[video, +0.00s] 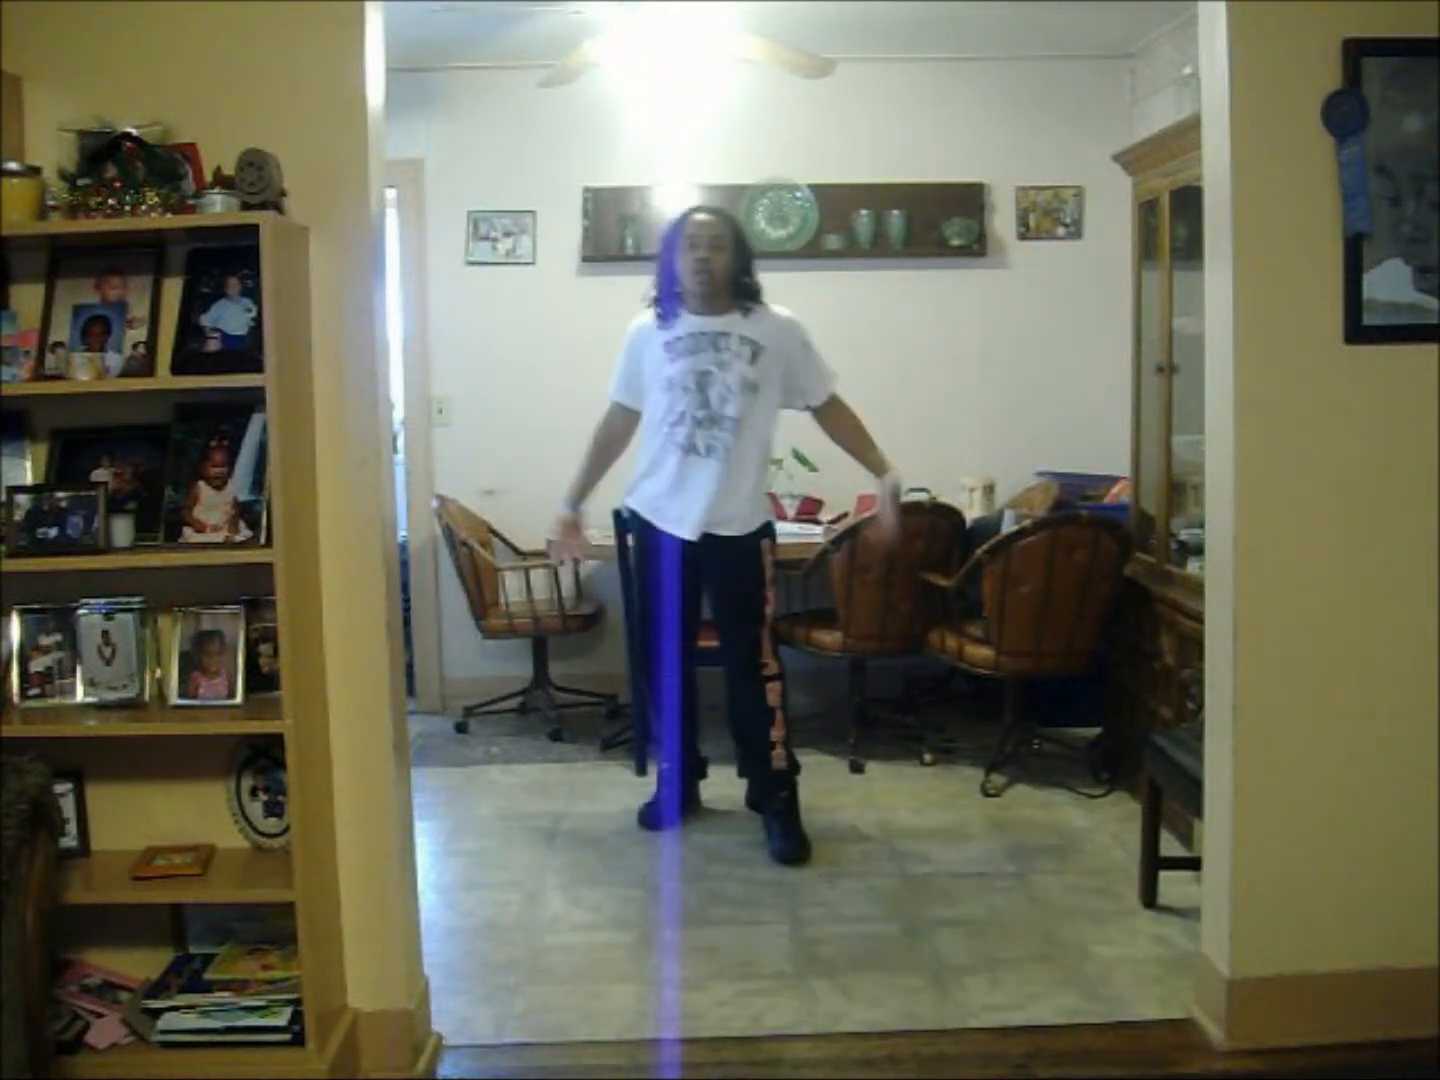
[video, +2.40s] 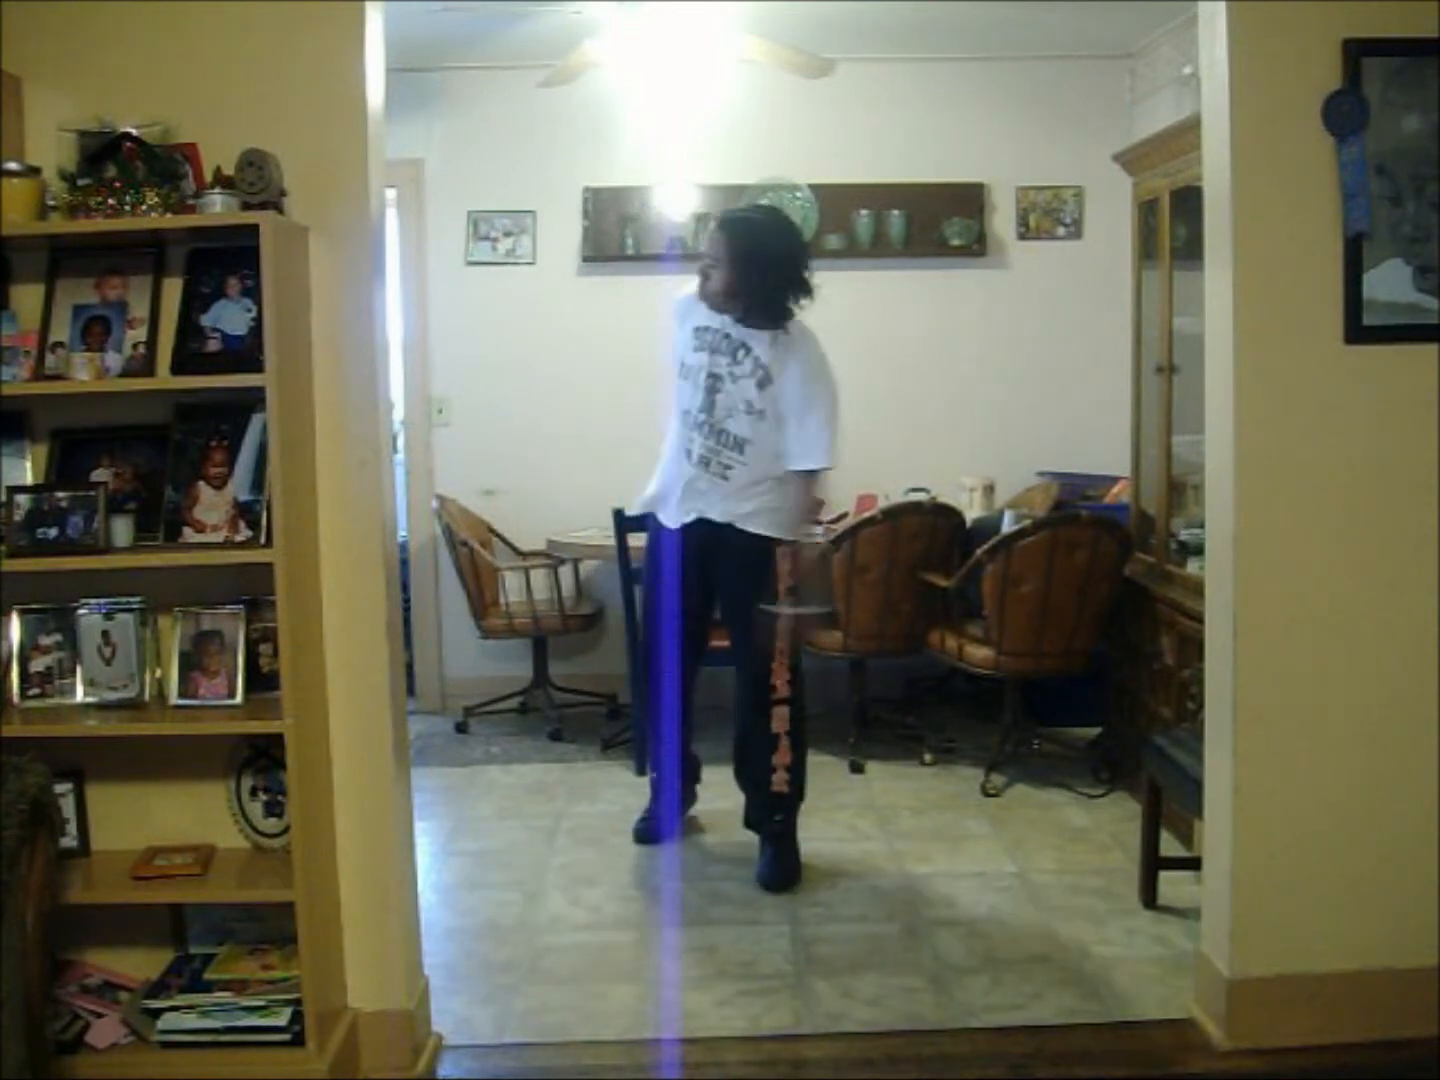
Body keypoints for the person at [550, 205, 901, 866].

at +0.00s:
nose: (702, 257)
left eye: (715, 247)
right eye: (691, 248)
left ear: (738, 259)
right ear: (671, 260)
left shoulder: (776, 333)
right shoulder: (648, 336)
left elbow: (828, 407)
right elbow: (619, 419)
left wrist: (885, 471)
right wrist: (573, 502)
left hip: (738, 522)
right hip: (657, 520)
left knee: (751, 660)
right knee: (662, 659)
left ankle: (777, 801)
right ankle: (675, 783)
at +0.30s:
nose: (760, 274)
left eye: (774, 265)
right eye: (749, 260)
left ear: (791, 278)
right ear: (724, 267)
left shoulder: (808, 352)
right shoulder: (679, 328)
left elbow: (810, 454)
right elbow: (654, 419)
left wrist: (813, 549)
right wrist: (656, 513)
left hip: (766, 528)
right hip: (688, 523)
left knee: (771, 665)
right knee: (682, 660)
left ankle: (780, 805)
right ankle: (679, 784)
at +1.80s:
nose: (706, 237)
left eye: (719, 229)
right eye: (692, 230)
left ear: (739, 252)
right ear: (670, 254)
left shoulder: (772, 330)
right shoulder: (639, 328)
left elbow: (789, 418)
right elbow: (622, 409)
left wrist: (817, 476)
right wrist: (592, 471)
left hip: (740, 523)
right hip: (654, 518)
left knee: (755, 673)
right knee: (656, 667)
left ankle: (776, 822)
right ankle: (667, 795)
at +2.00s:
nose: (709, 240)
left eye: (728, 233)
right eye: (705, 229)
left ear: (757, 258)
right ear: (691, 249)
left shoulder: (789, 331)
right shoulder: (661, 316)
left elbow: (834, 412)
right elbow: (635, 391)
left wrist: (896, 443)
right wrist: (567, 431)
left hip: (749, 517)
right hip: (665, 512)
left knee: (765, 670)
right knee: (664, 662)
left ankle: (777, 824)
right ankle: (669, 796)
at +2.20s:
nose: (704, 264)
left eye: (719, 257)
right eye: (707, 252)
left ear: (758, 272)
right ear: (711, 255)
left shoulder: (806, 350)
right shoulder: (682, 308)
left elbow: (861, 441)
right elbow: (648, 376)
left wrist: (923, 519)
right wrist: (601, 441)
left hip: (755, 525)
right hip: (672, 516)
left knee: (768, 676)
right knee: (666, 664)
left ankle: (776, 825)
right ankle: (670, 795)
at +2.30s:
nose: (701, 272)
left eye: (715, 264)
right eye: (704, 259)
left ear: (757, 276)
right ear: (715, 259)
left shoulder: (800, 352)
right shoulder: (688, 310)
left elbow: (829, 460)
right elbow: (667, 394)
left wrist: (848, 549)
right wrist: (654, 476)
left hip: (757, 527)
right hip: (677, 515)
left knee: (766, 675)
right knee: (667, 665)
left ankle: (776, 824)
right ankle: (670, 793)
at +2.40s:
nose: (702, 276)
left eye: (717, 267)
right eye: (703, 262)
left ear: (758, 274)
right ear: (707, 259)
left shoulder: (796, 349)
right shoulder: (689, 316)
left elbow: (811, 455)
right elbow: (685, 410)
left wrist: (796, 532)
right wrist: (669, 494)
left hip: (759, 524)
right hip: (681, 515)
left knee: (767, 674)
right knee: (668, 663)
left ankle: (776, 825)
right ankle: (671, 794)